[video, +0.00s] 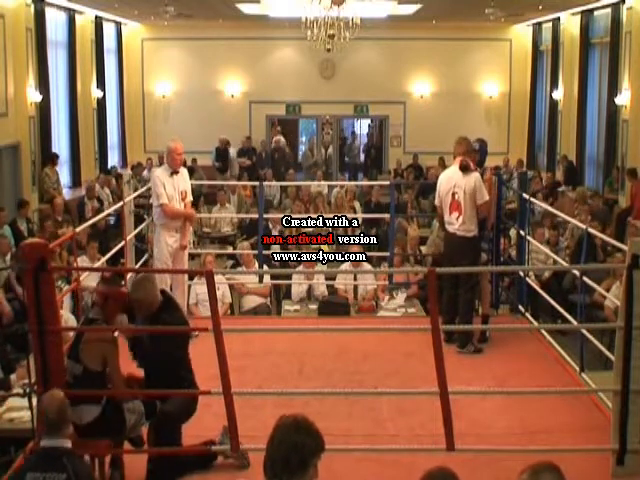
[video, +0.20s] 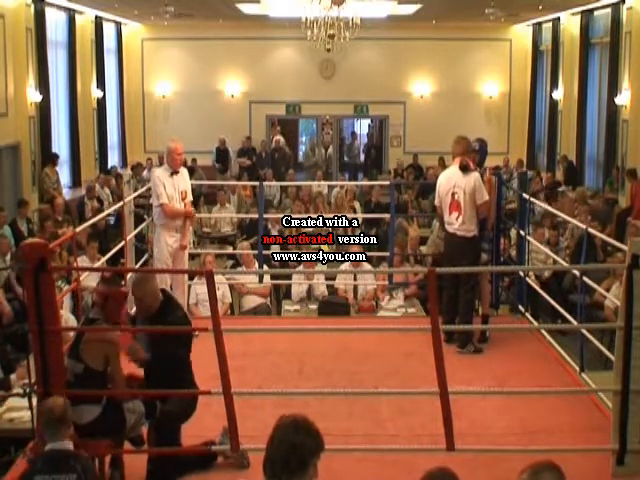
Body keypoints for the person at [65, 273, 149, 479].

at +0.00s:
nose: (121, 309)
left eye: (122, 303)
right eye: (119, 303)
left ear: (99, 302)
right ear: (110, 304)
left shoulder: (84, 328)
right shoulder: (106, 336)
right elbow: (119, 391)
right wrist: (137, 393)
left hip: (75, 414)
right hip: (95, 419)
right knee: (136, 407)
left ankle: (116, 462)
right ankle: (115, 462)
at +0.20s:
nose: (124, 309)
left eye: (124, 303)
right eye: (120, 303)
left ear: (99, 301)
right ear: (105, 303)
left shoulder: (86, 326)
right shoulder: (108, 336)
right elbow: (119, 391)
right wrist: (136, 392)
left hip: (75, 414)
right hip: (94, 419)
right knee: (137, 407)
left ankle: (115, 462)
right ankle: (115, 462)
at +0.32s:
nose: (122, 309)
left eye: (123, 302)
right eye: (118, 303)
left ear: (99, 301)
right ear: (105, 302)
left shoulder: (87, 324)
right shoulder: (110, 334)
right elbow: (120, 390)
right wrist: (135, 391)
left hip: (78, 419)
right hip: (96, 422)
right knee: (140, 405)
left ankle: (117, 462)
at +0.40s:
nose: (123, 304)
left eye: (123, 298)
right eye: (120, 298)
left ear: (98, 300)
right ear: (109, 302)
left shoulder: (86, 324)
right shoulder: (110, 333)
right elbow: (120, 390)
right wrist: (137, 394)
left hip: (79, 421)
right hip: (98, 423)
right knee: (141, 405)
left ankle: (116, 463)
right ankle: (133, 429)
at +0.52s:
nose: (123, 306)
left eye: (123, 299)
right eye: (120, 299)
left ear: (97, 300)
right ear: (107, 301)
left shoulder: (86, 325)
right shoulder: (109, 334)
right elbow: (120, 390)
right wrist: (138, 393)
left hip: (79, 421)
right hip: (98, 423)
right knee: (138, 406)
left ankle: (116, 463)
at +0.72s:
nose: (123, 305)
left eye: (122, 298)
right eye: (118, 299)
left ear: (97, 301)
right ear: (104, 302)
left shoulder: (86, 326)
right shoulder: (108, 334)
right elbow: (120, 390)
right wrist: (138, 390)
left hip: (80, 421)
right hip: (98, 423)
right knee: (138, 407)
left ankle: (116, 463)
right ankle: (115, 464)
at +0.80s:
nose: (119, 304)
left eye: (119, 298)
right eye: (113, 299)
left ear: (95, 302)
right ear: (97, 300)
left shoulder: (86, 326)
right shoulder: (107, 336)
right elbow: (119, 391)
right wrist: (138, 391)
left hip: (80, 421)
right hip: (97, 423)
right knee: (141, 407)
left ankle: (116, 464)